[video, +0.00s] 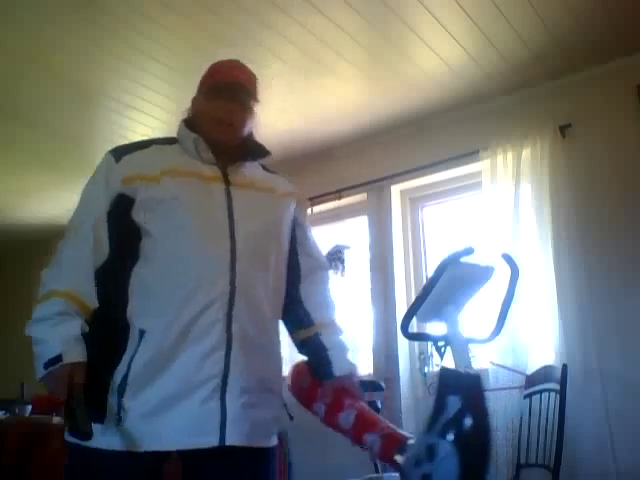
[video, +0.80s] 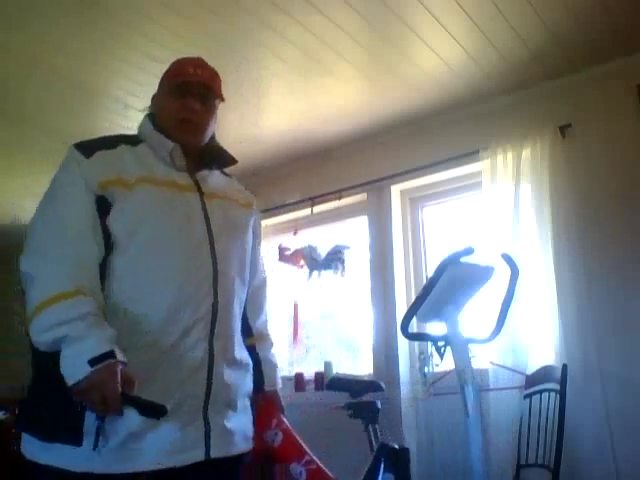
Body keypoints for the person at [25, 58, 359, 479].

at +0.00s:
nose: (231, 107)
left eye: (242, 99)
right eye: (220, 94)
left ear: (253, 115)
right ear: (195, 103)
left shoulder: (280, 194)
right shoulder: (127, 168)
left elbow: (308, 298)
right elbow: (73, 267)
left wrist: (338, 372)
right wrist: (63, 351)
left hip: (247, 427)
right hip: (135, 422)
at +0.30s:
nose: (170, 118)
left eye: (185, 110)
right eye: (160, 104)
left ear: (202, 122)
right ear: (139, 108)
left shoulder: (231, 201)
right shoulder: (67, 179)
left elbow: (258, 302)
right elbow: (14, 281)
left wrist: (280, 383)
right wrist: (18, 367)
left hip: (205, 444)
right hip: (88, 444)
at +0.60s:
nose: (166, 102)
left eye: (180, 94)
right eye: (155, 89)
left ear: (194, 110)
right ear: (133, 96)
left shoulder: (223, 193)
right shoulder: (67, 163)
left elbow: (242, 302)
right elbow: (29, 264)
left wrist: (257, 378)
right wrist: (70, 339)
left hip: (201, 428)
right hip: (89, 432)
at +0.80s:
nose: (192, 100)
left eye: (205, 96)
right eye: (180, 89)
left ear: (217, 113)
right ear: (155, 99)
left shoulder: (240, 201)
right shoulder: (94, 166)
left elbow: (253, 307)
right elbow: (57, 265)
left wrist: (266, 386)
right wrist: (87, 352)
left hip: (221, 439)